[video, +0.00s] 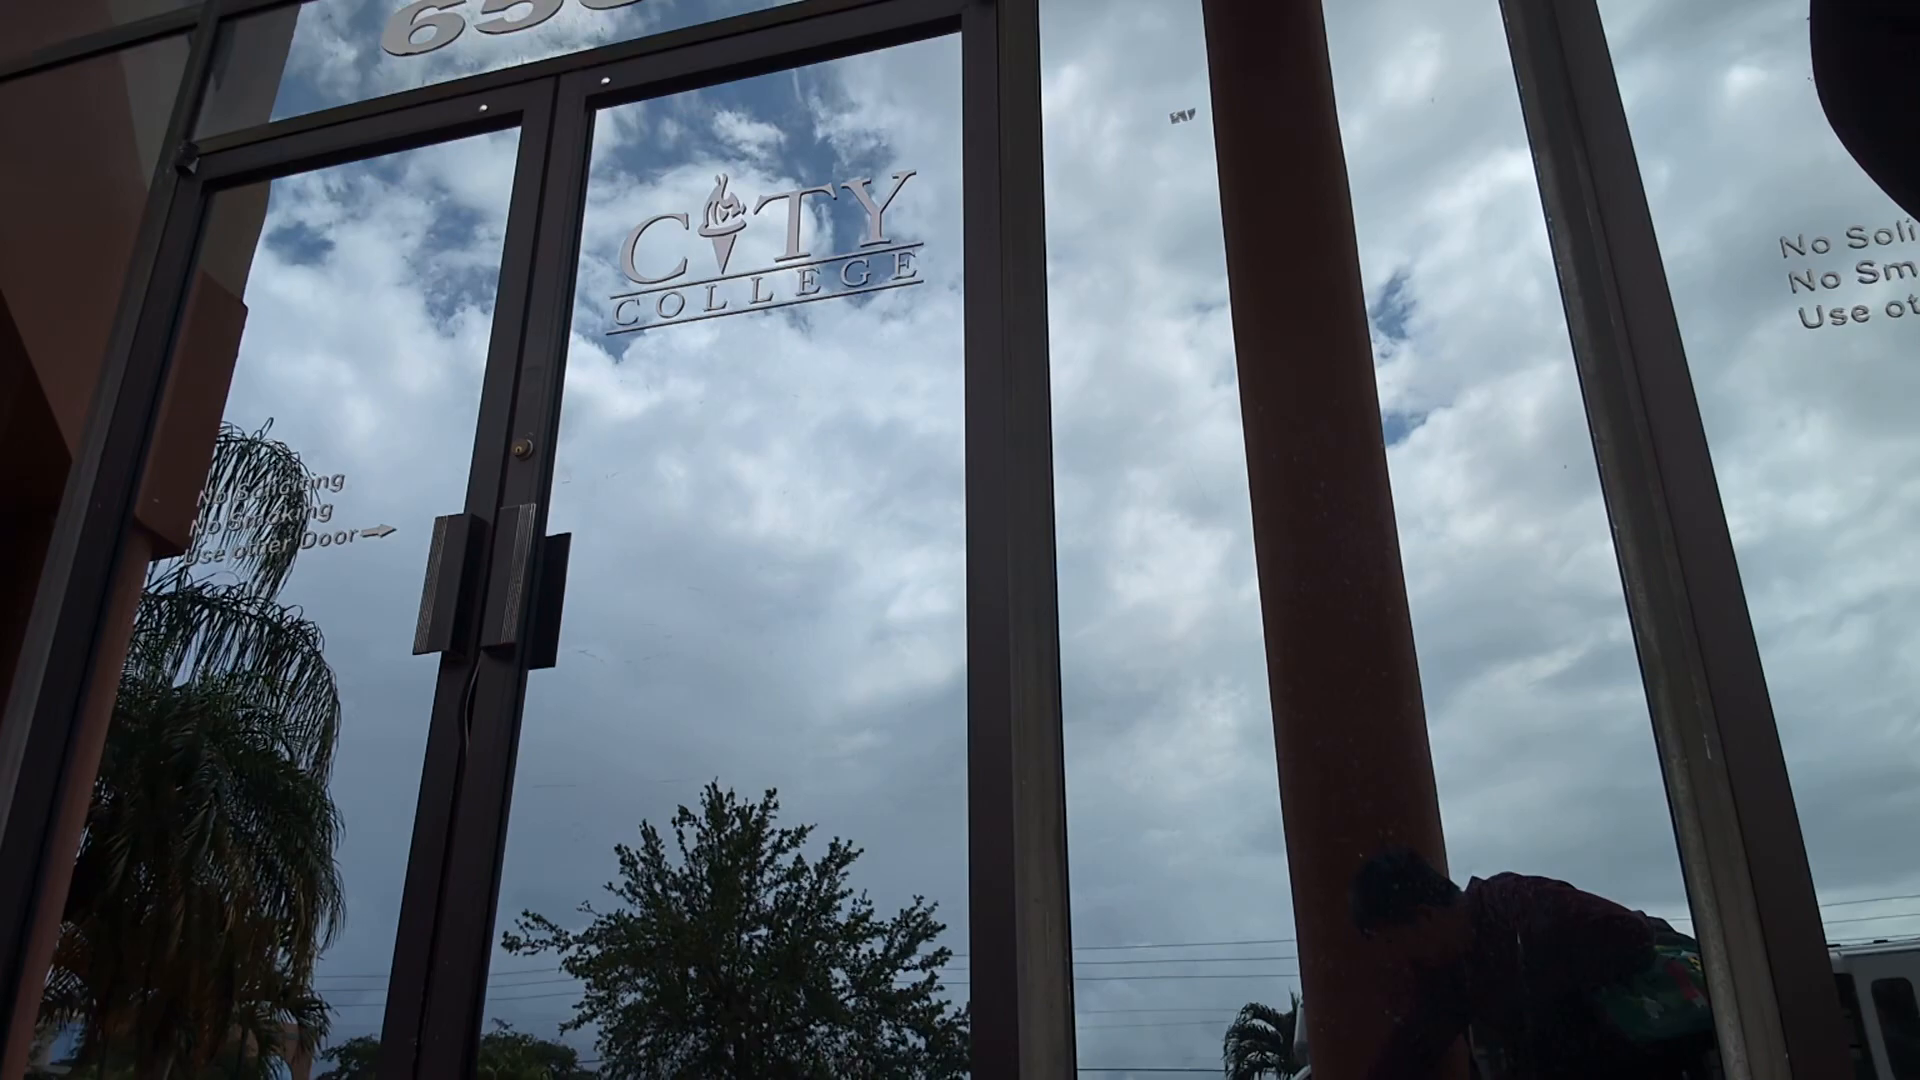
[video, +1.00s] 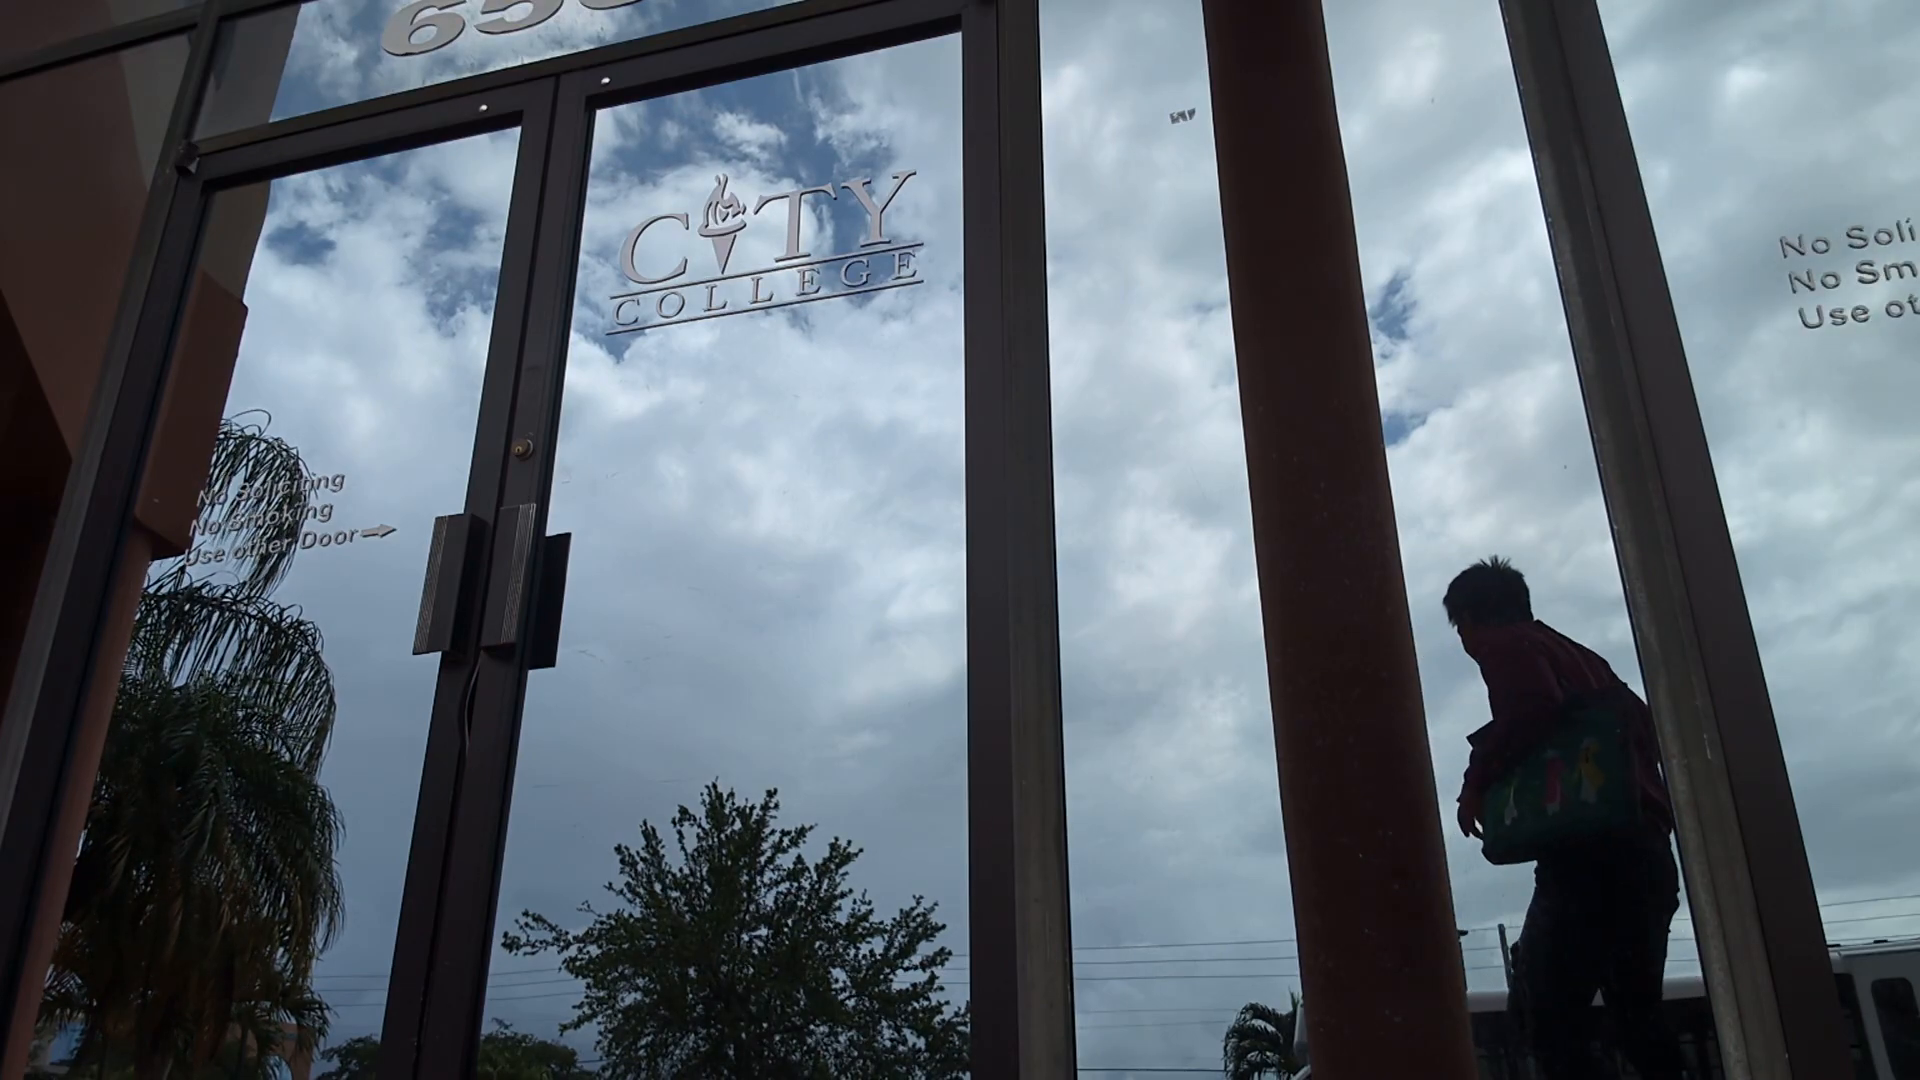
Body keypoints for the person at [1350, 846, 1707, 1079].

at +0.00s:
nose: (1398, 957)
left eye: (1395, 941)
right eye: (1389, 946)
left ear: (1422, 917)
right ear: (1429, 913)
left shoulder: (1512, 902)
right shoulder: (1447, 966)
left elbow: (1635, 937)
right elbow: (1416, 1045)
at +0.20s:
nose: (1409, 915)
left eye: (1405, 898)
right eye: (1400, 903)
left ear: (1427, 878)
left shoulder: (1520, 884)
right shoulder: (1462, 929)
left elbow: (1629, 941)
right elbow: (1455, 1014)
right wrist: (1388, 1052)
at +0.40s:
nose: (1402, 863)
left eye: (1395, 846)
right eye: (1392, 851)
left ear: (1415, 827)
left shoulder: (1494, 832)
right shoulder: (1467, 855)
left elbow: (1597, 895)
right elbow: (1493, 938)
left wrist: (1525, 970)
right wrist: (1440, 969)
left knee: (1482, 1027)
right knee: (1477, 1024)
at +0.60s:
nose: (1402, 784)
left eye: (1394, 769)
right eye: (1392, 774)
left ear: (1412, 744)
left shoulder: (1485, 755)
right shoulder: (1477, 776)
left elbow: (1564, 812)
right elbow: (1510, 861)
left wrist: (1502, 901)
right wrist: (1496, 903)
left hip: (1634, 951)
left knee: (1482, 1025)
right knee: (1475, 1022)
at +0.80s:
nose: (1418, 690)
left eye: (1413, 676)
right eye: (1411, 679)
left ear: (1427, 658)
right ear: (1463, 641)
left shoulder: (1481, 678)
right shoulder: (1513, 675)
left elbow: (1530, 736)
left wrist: (1482, 814)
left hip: (1601, 883)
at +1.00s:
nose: (1462, 640)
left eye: (1460, 626)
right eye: (1458, 628)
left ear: (1476, 617)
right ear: (1519, 606)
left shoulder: (1503, 643)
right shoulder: (1583, 656)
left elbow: (1534, 706)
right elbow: (1643, 720)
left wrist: (1479, 774)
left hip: (1583, 859)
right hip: (1647, 856)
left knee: (1548, 1011)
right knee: (1636, 1011)